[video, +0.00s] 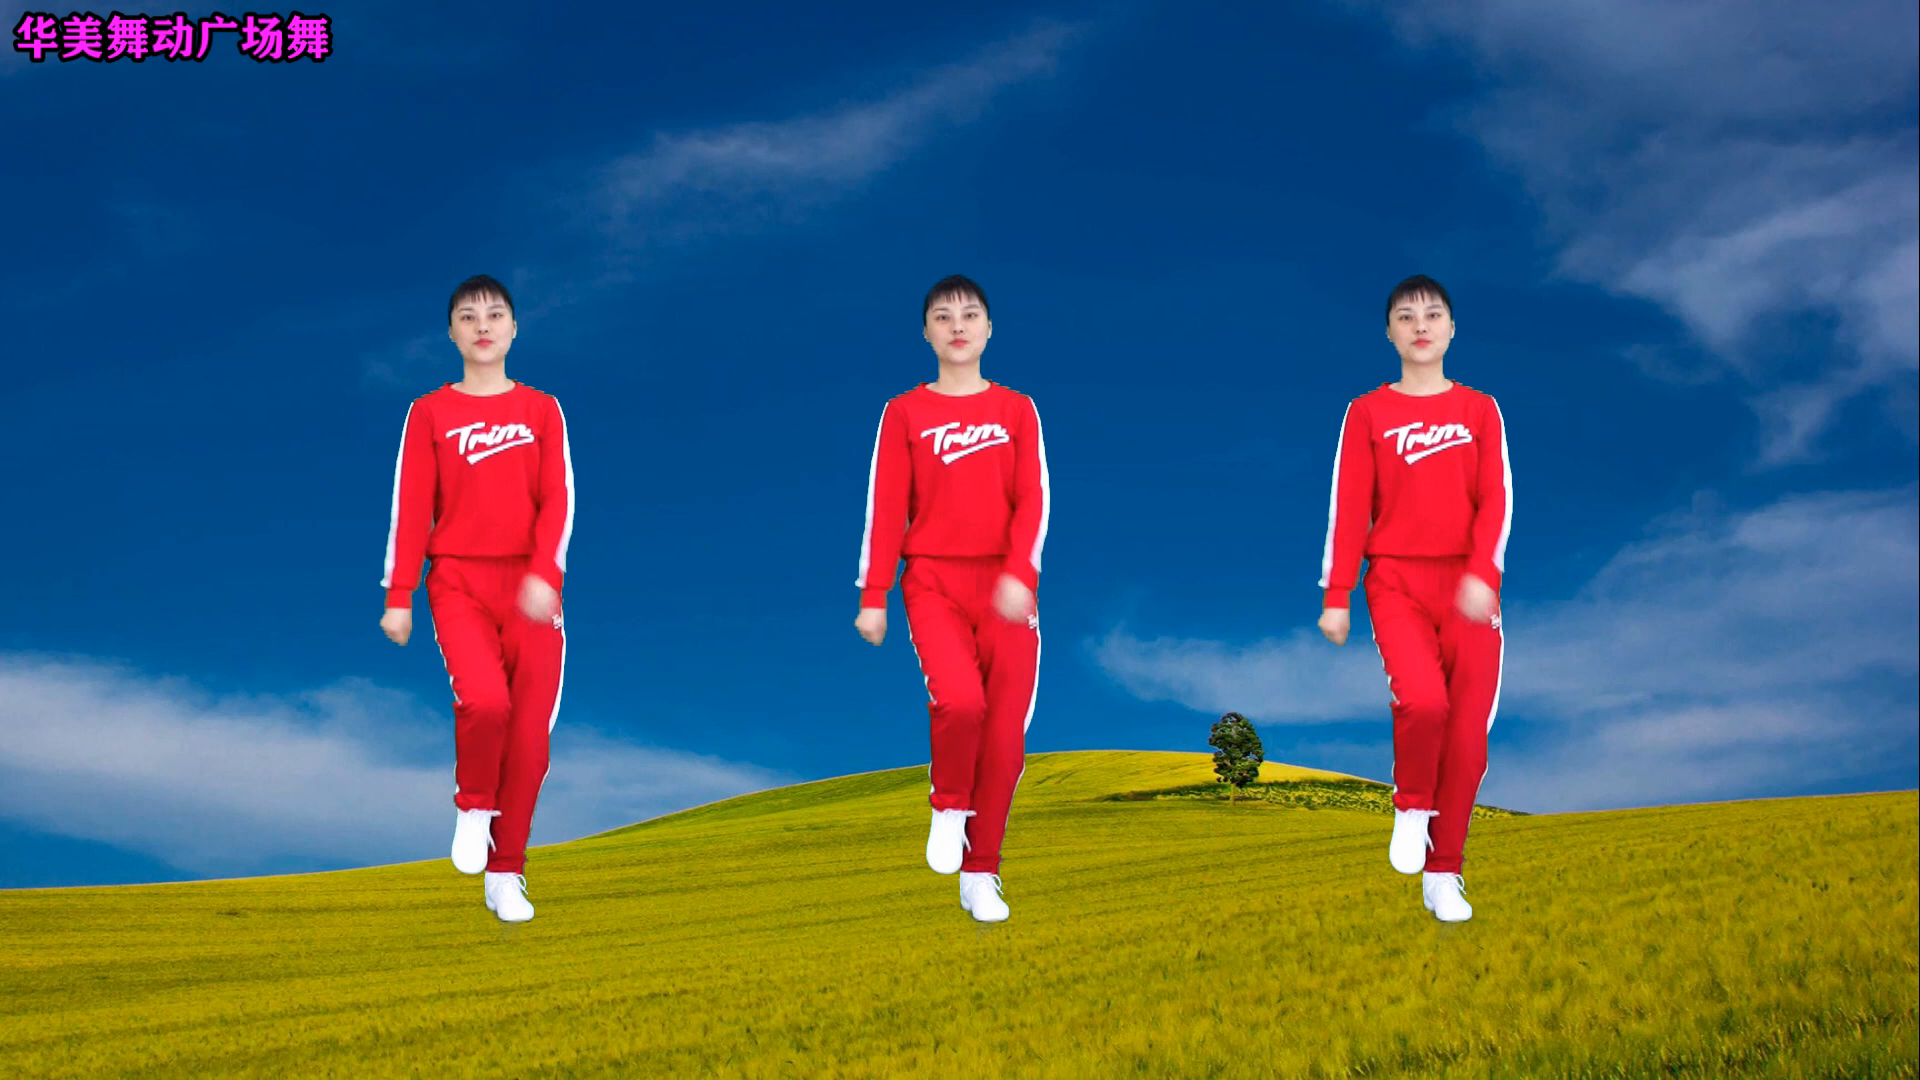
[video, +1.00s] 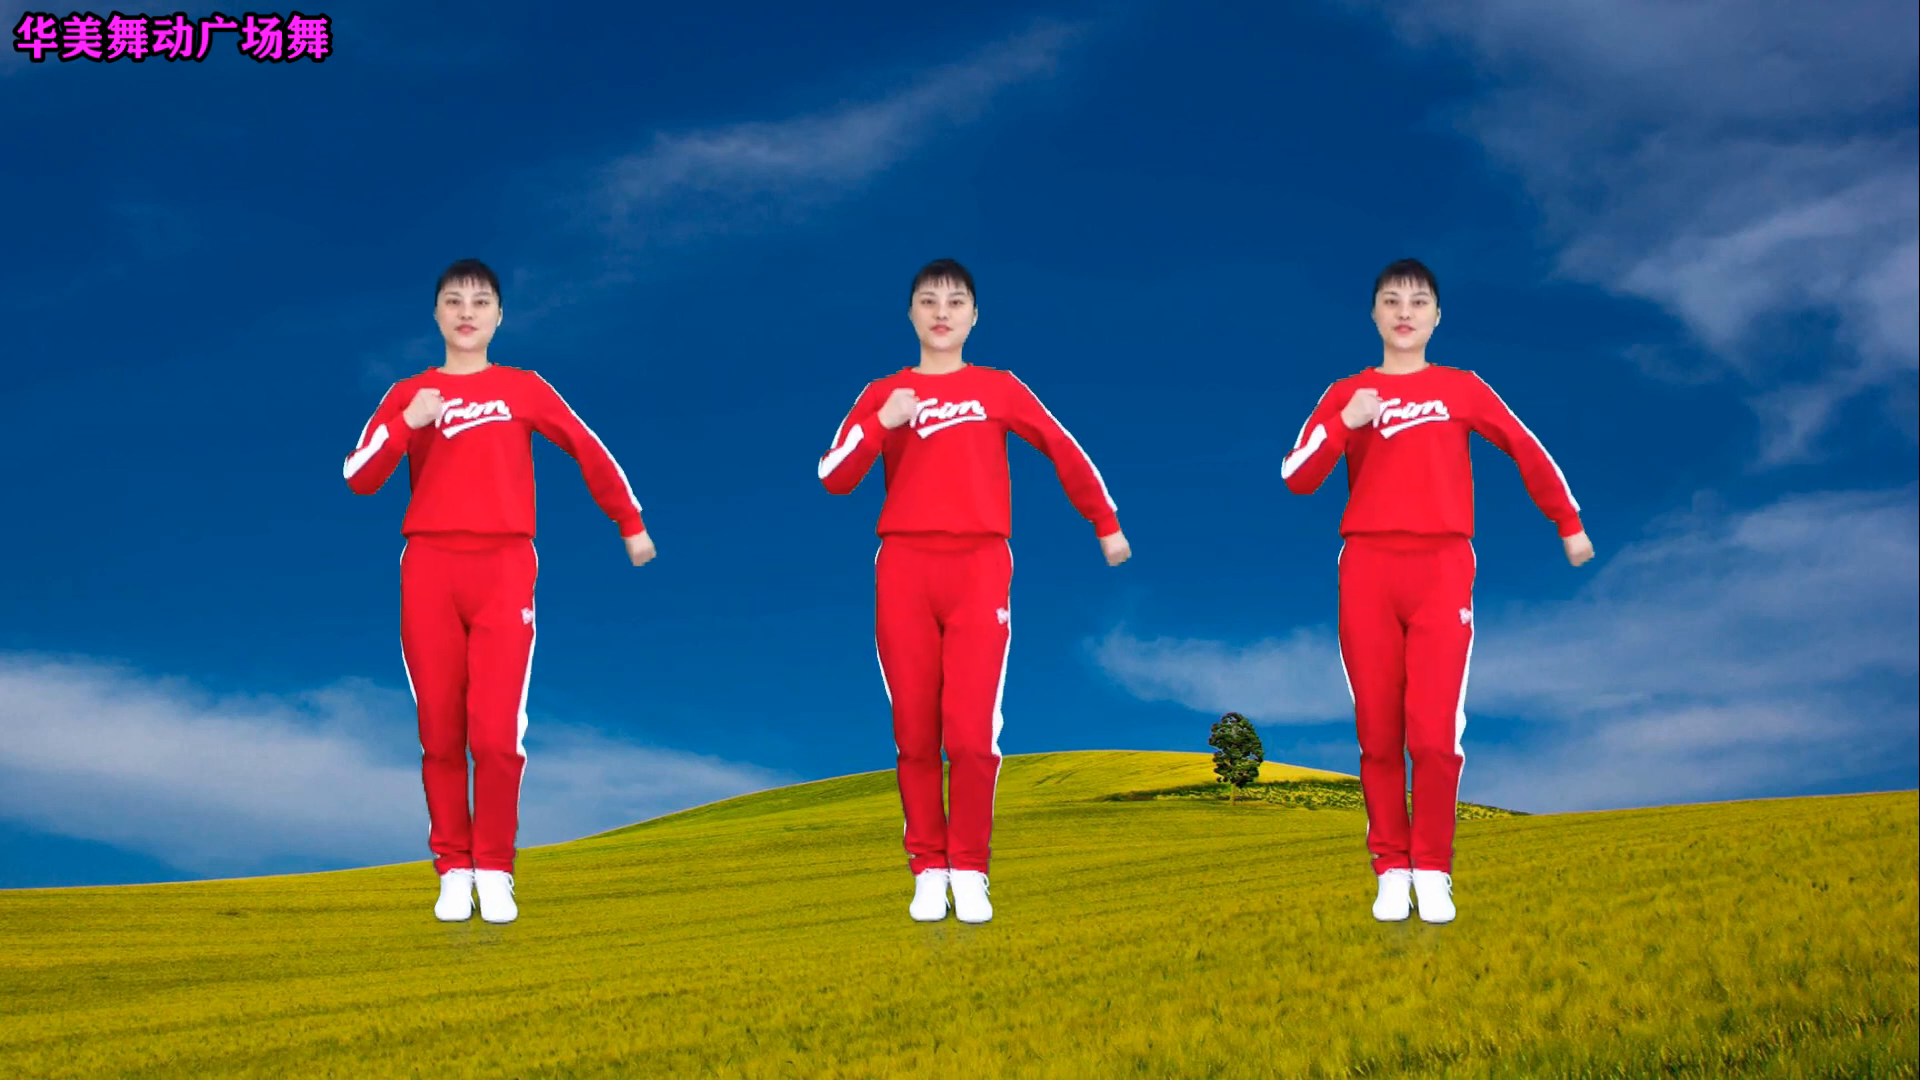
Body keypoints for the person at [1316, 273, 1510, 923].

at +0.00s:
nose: (1420, 326)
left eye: (1432, 315)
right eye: (1407, 317)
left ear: (1451, 328)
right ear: (1391, 332)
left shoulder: (1481, 408)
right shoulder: (1367, 411)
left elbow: (1496, 498)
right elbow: (1348, 507)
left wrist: (1483, 574)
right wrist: (1337, 595)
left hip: (1470, 582)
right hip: (1395, 581)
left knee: (1470, 726)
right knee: (1425, 703)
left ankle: (1445, 868)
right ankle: (1412, 807)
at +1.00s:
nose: (1405, 312)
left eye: (1417, 302)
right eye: (1393, 302)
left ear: (1435, 314)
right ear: (1375, 313)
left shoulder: (1465, 388)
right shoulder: (1347, 392)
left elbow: (1528, 448)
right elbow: (1298, 478)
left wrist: (1570, 525)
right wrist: (1343, 425)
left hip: (1444, 568)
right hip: (1366, 569)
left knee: (1434, 731)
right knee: (1377, 732)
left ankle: (1432, 870)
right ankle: (1390, 868)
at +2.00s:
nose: (1400, 322)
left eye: (1413, 312)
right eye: (1388, 312)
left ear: (1432, 323)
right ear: (1372, 325)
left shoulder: (1461, 401)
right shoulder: (1346, 407)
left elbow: (1463, 490)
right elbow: (1330, 496)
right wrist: (1320, 580)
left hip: (1430, 578)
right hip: (1360, 578)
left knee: (1415, 721)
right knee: (1367, 732)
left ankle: (1430, 829)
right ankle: (1391, 867)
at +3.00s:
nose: (1416, 295)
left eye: (1427, 284)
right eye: (1401, 287)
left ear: (1446, 298)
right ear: (1385, 305)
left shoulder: (1477, 376)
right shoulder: (1362, 380)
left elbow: (1508, 463)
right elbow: (1294, 442)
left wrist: (1453, 412)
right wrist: (1229, 504)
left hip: (1462, 557)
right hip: (1386, 558)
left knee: (1452, 714)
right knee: (1404, 713)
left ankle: (1438, 861)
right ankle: (1394, 849)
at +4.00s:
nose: (1486, 304)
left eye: (1491, 294)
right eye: (1469, 296)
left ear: (1501, 310)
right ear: (1439, 316)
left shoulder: (1534, 379)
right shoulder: (1430, 380)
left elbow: (1568, 473)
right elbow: (1381, 315)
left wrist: (1577, 559)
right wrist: (1383, 227)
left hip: (1547, 559)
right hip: (1474, 558)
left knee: (1551, 727)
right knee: (1460, 723)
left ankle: (1549, 869)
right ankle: (1410, 853)